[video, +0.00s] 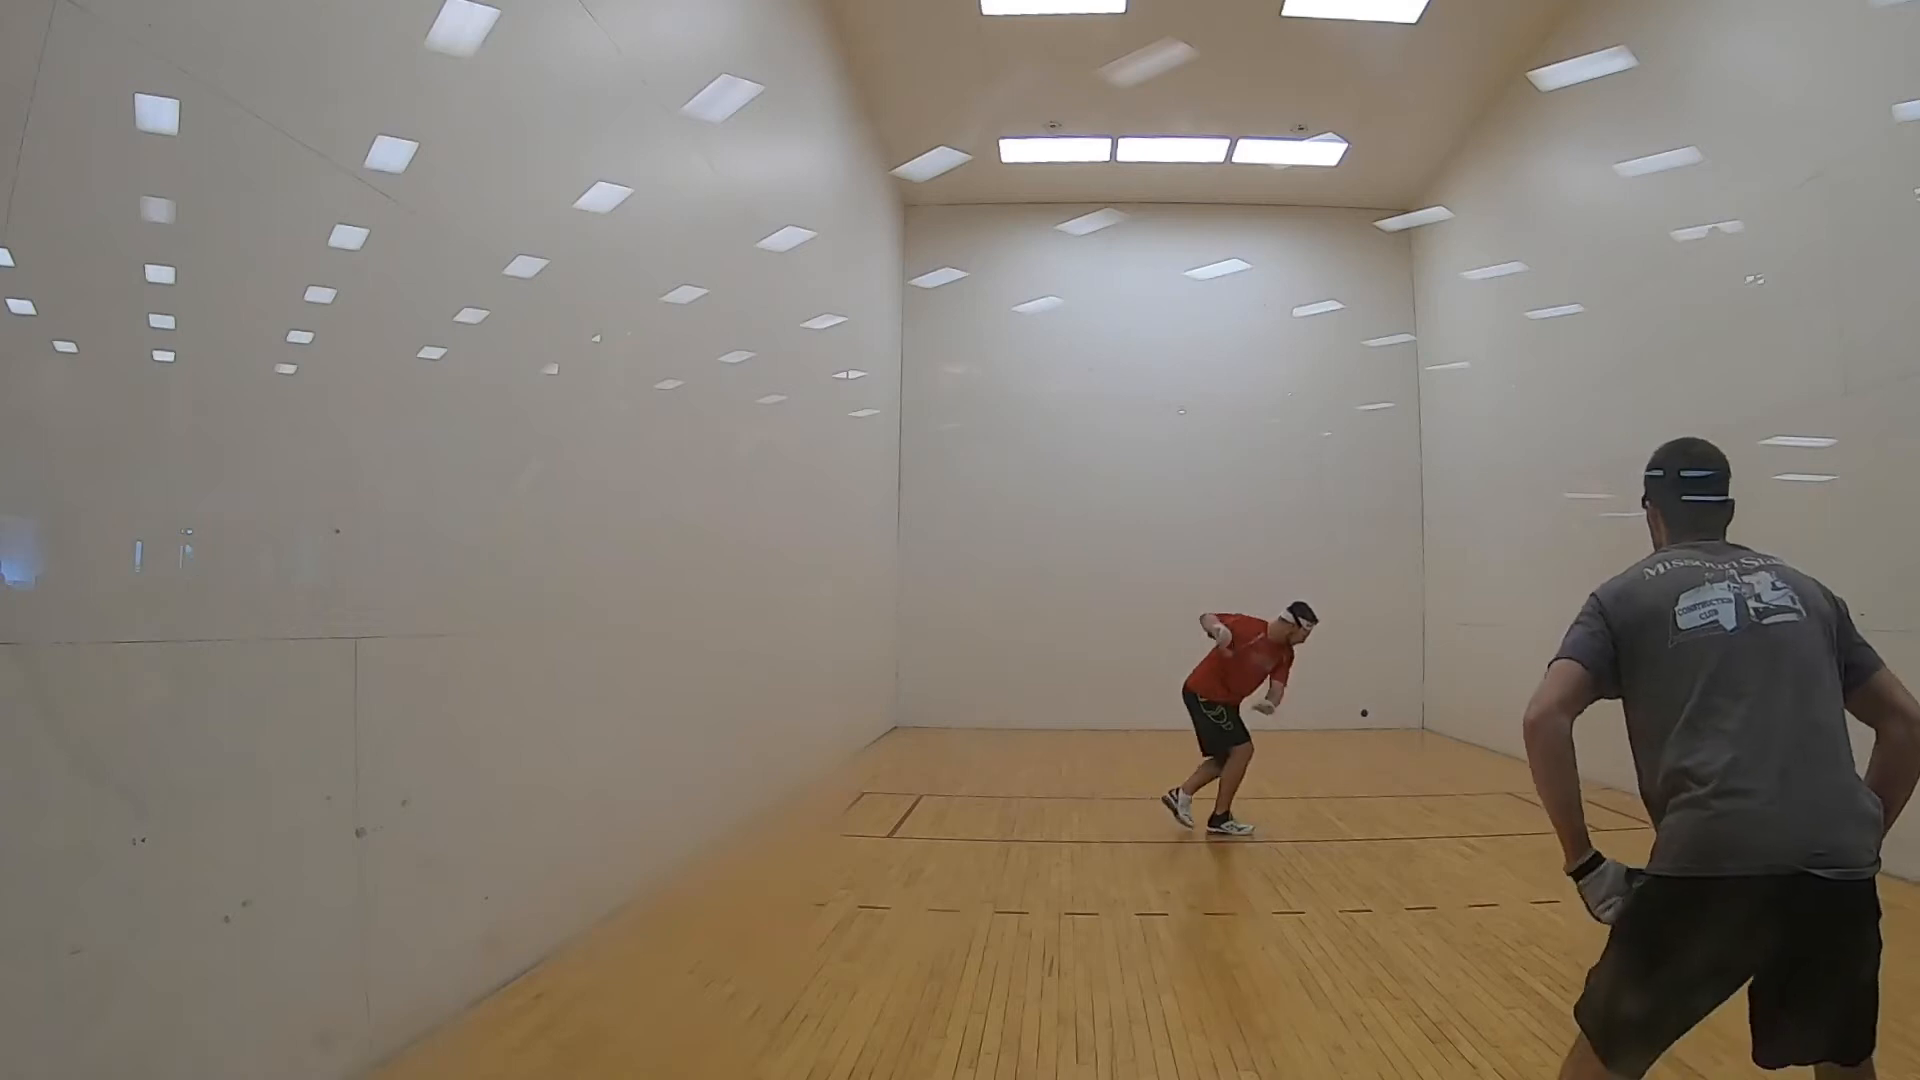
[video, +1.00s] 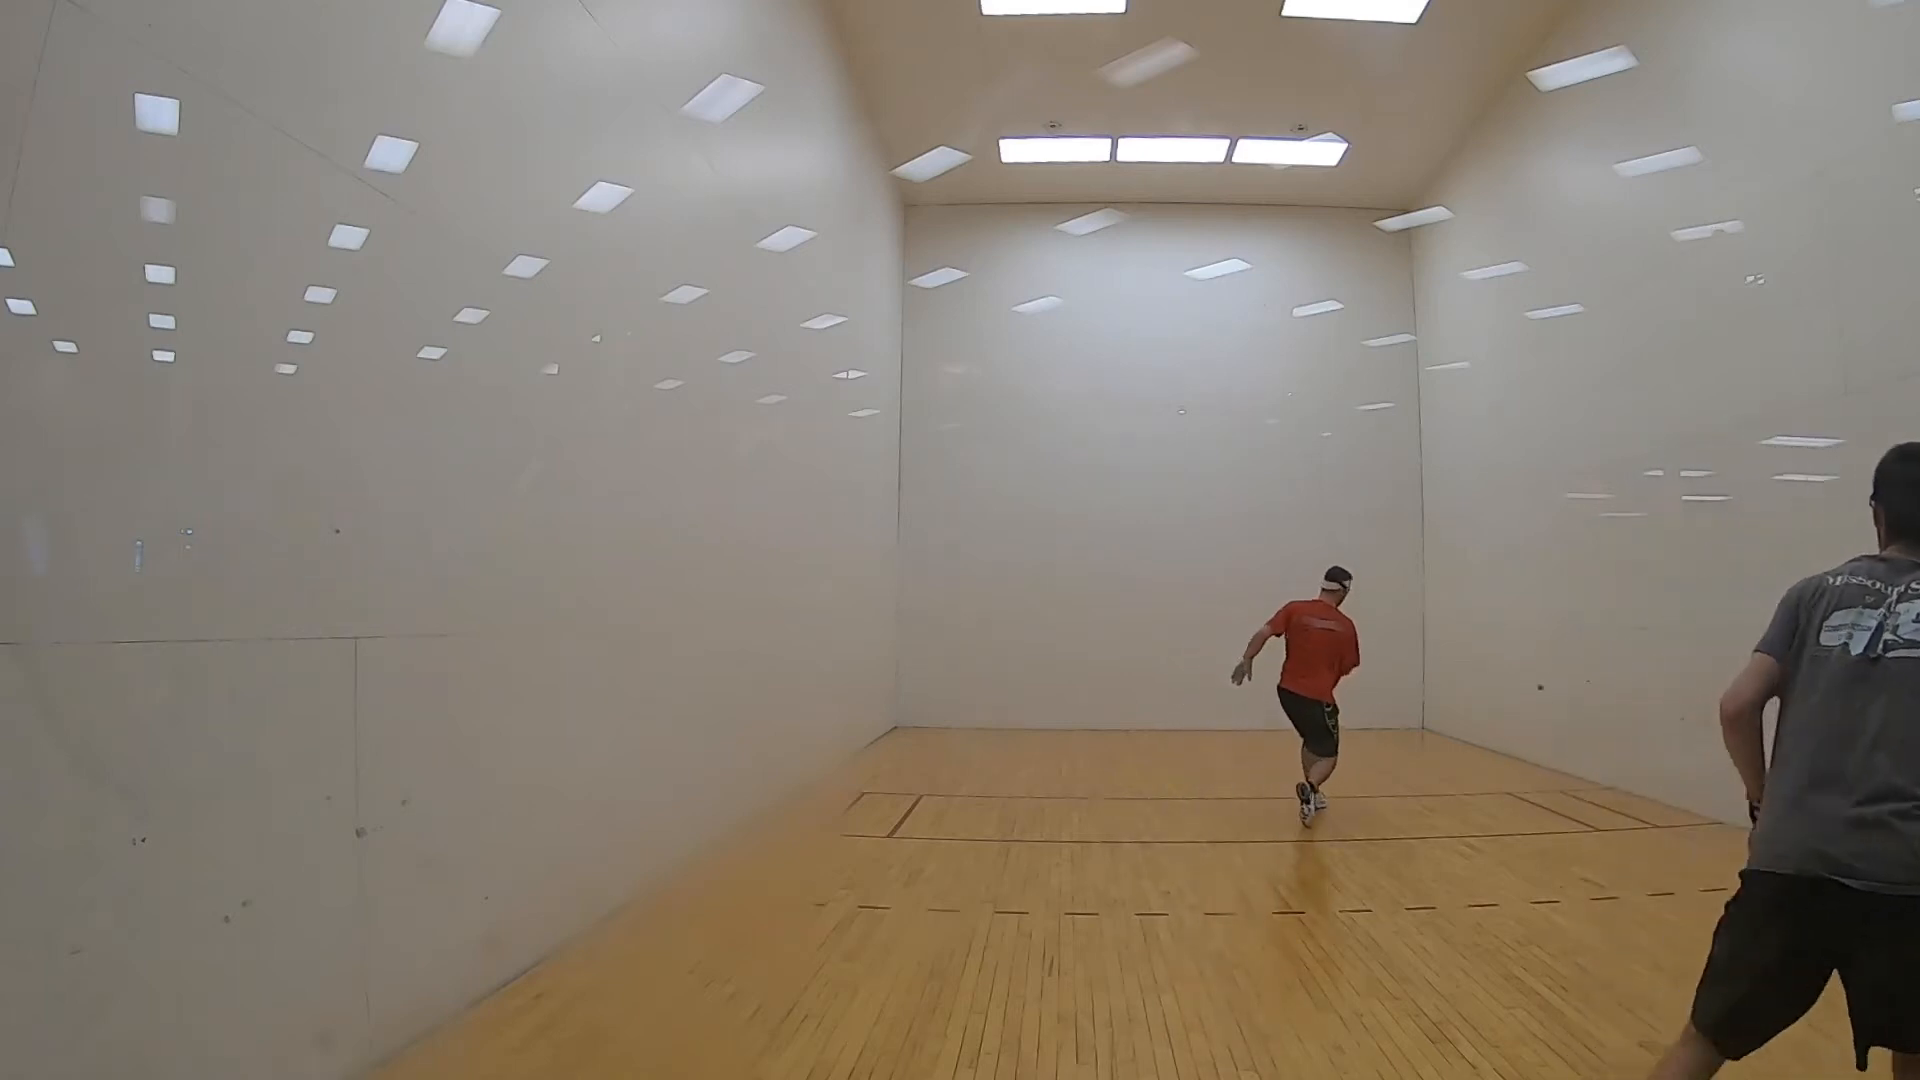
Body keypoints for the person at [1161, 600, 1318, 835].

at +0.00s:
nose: (1306, 637)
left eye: (1309, 633)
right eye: (1306, 631)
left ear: (1293, 627)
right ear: (1293, 626)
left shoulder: (1284, 654)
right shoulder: (1250, 627)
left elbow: (1277, 685)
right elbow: (1207, 618)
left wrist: (1270, 703)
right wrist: (1218, 630)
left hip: (1227, 700)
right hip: (1203, 693)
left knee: (1226, 758)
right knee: (1243, 749)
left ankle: (1181, 794)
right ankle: (1220, 817)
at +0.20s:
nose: (1317, 650)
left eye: (1319, 645)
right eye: (1317, 644)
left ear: (1304, 639)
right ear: (1305, 640)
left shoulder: (1297, 666)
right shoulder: (1265, 638)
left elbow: (1312, 701)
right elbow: (1247, 614)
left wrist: (1325, 733)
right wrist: (1254, 621)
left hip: (1236, 700)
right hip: (1212, 697)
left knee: (1264, 737)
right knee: (1251, 752)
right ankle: (1219, 818)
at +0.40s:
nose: (1337, 664)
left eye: (1339, 660)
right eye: (1338, 660)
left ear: (1322, 645)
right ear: (1330, 658)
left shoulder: (1305, 636)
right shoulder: (1293, 672)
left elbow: (1279, 620)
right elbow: (1304, 714)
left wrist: (1256, 622)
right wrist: (1331, 689)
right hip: (1248, 711)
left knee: (1287, 734)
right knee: (1269, 777)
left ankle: (1299, 794)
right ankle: (1225, 813)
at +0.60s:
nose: (1350, 637)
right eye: (1352, 633)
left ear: (1330, 622)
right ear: (1351, 636)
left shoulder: (1301, 632)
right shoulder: (1341, 665)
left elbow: (1259, 645)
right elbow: (1324, 651)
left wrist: (1254, 651)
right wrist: (1302, 628)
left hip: (1263, 713)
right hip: (1290, 729)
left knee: (1301, 744)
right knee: (1284, 786)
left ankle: (1304, 795)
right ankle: (1243, 795)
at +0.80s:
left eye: (1327, 600)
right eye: (1343, 605)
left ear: (1323, 600)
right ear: (1347, 607)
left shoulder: (1299, 620)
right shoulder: (1346, 637)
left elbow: (1264, 643)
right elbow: (1320, 655)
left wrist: (1245, 657)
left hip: (1281, 702)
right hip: (1311, 710)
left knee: (1304, 750)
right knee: (1317, 770)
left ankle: (1309, 795)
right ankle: (1290, 789)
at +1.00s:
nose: (1347, 593)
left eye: (1346, 589)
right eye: (1347, 590)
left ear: (1322, 586)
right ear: (1343, 591)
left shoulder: (1295, 609)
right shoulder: (1346, 626)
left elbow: (1263, 633)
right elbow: (1347, 666)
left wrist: (1247, 660)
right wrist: (1321, 679)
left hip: (1288, 692)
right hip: (1319, 700)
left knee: (1310, 742)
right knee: (1328, 756)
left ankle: (1313, 793)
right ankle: (1310, 787)